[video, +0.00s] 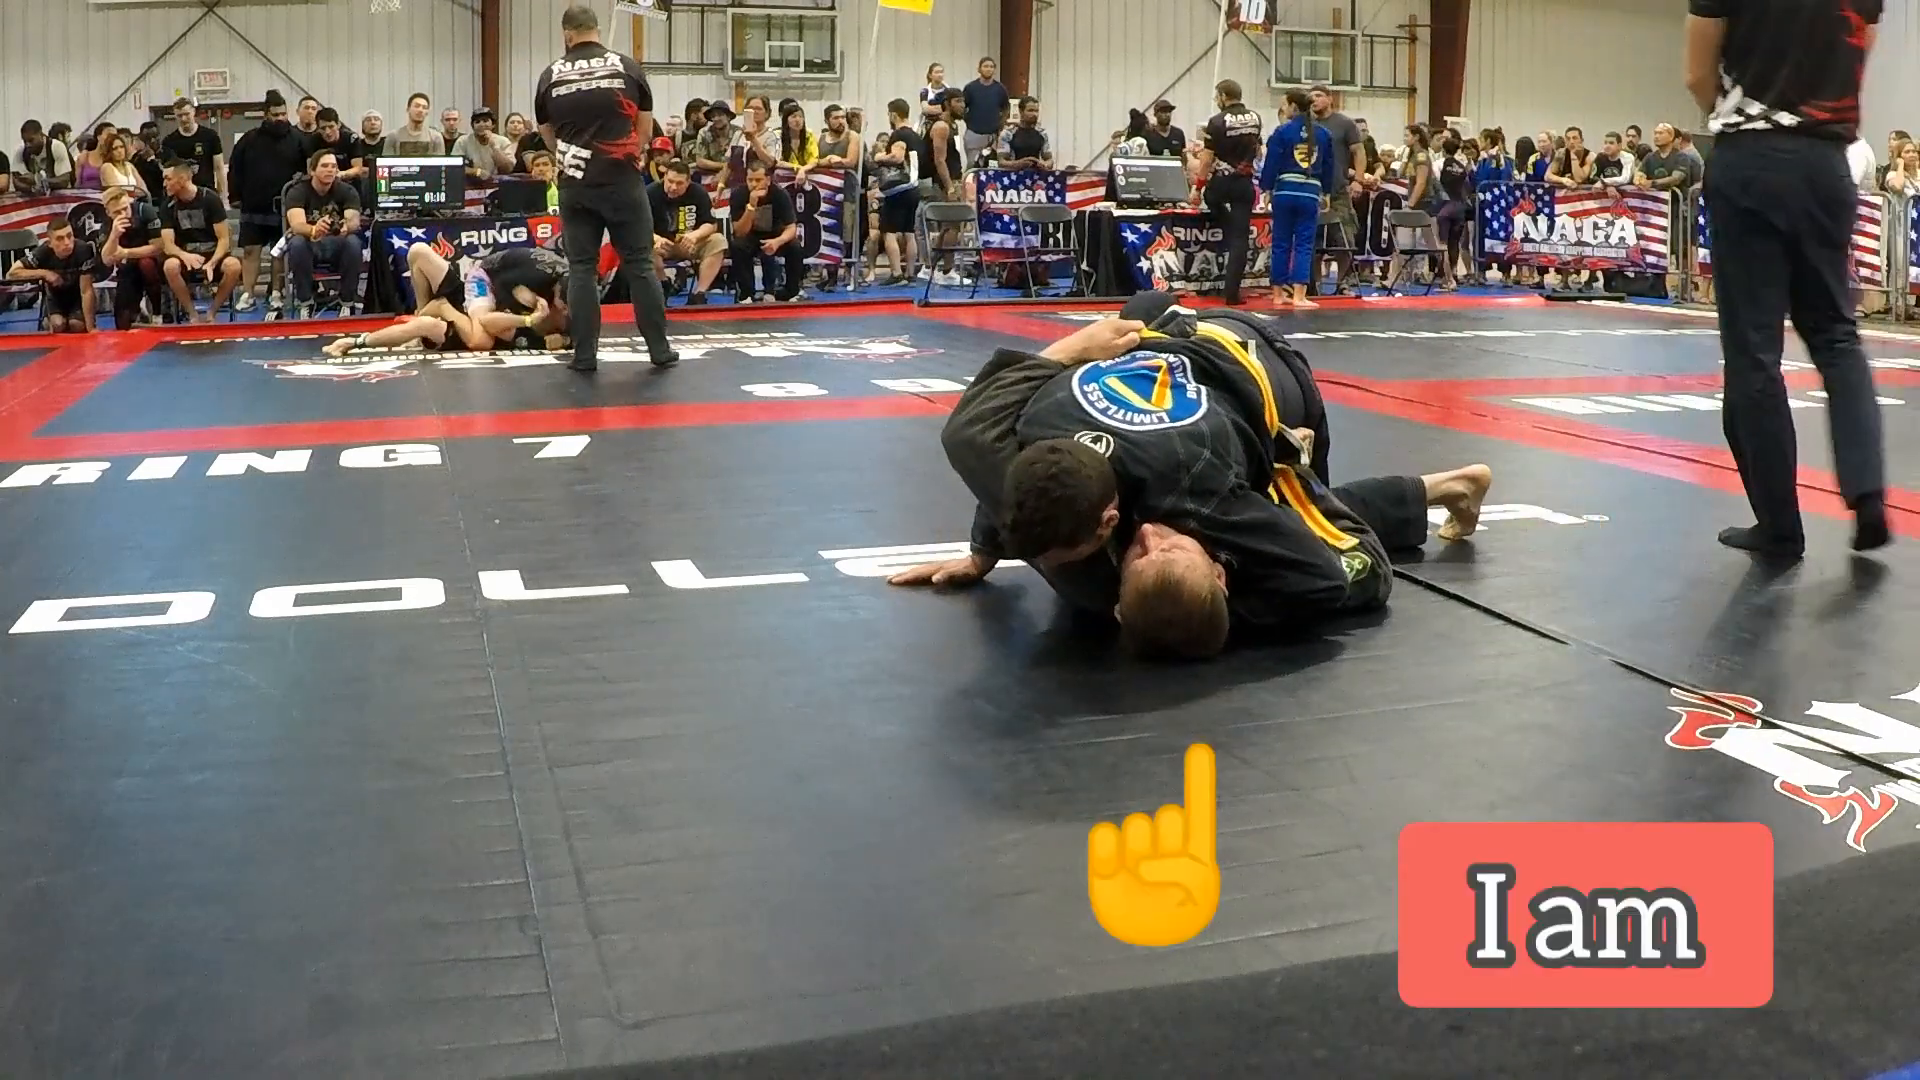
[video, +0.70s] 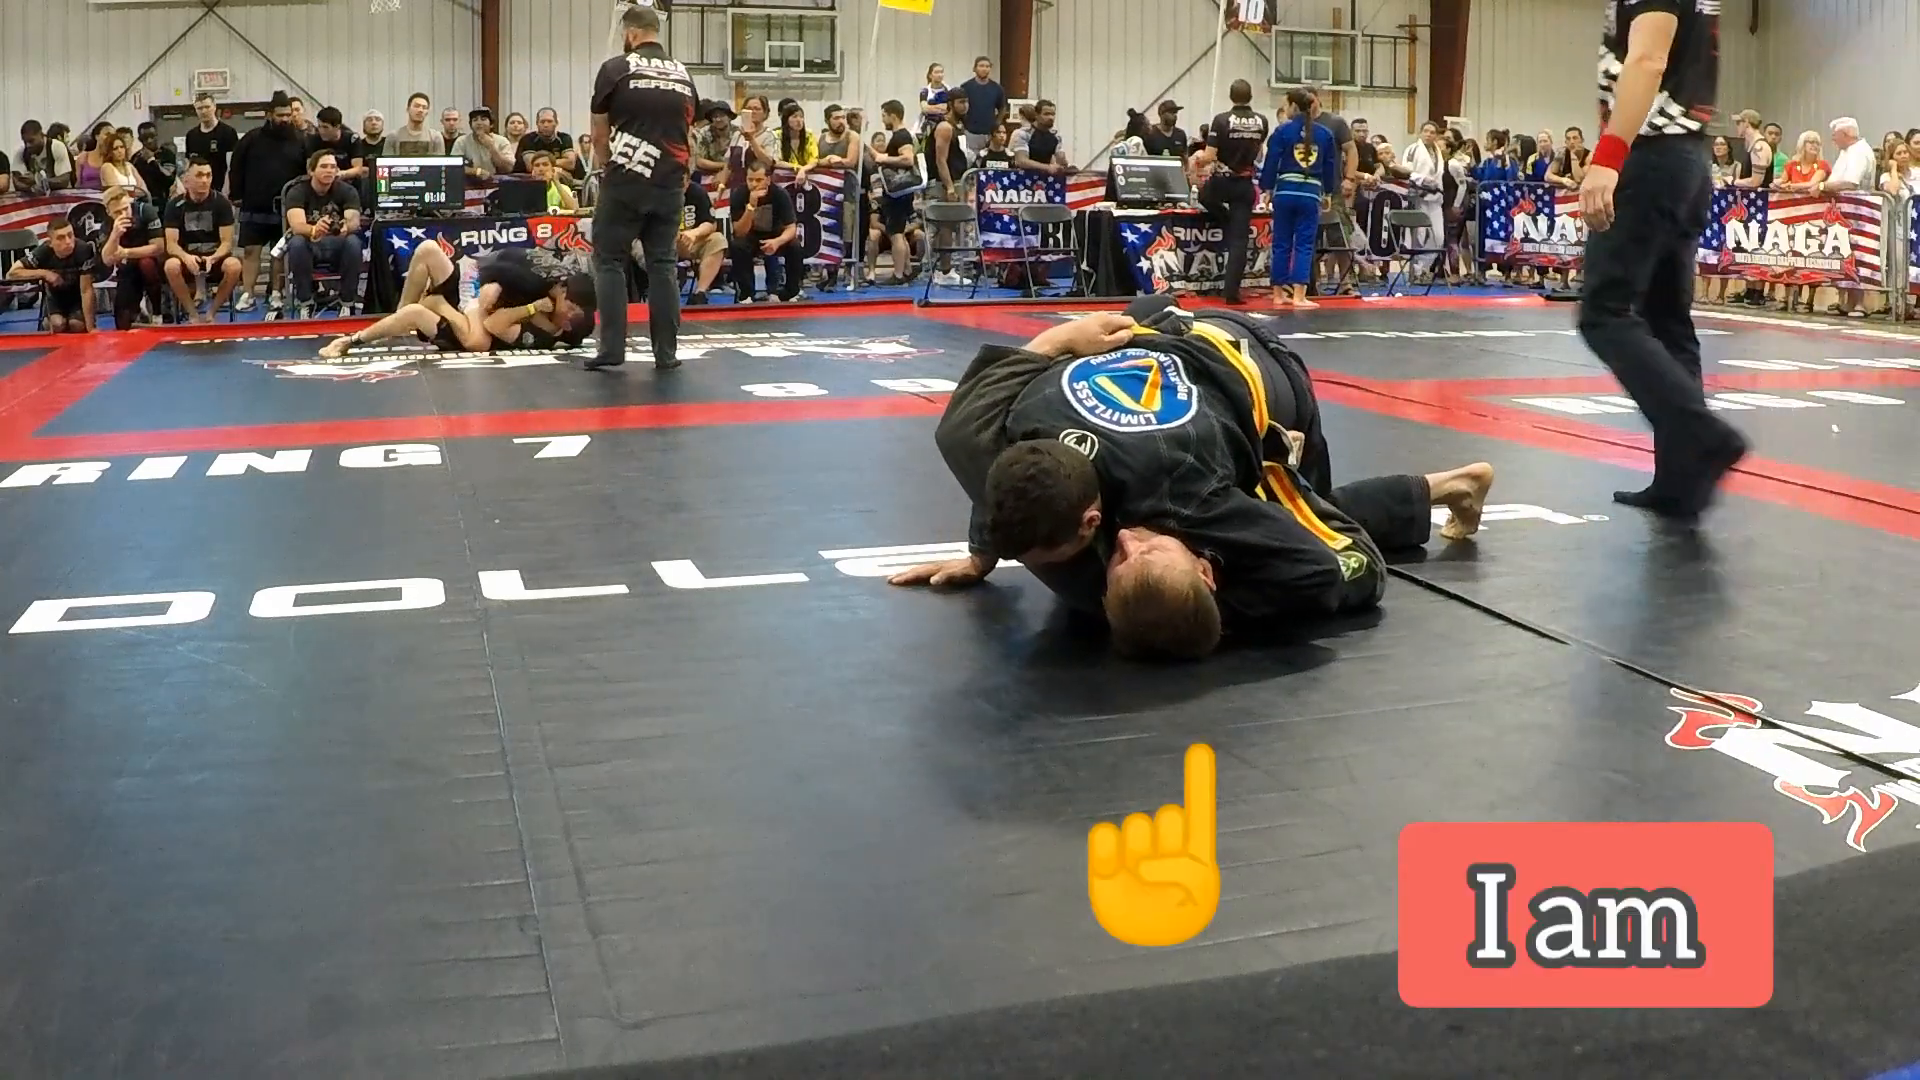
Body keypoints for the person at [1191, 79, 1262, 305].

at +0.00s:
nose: (1216, 99)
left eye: (1217, 96)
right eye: (1217, 96)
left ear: (1222, 97)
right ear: (1239, 96)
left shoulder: (1216, 122)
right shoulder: (1255, 118)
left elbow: (1208, 159)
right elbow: (1256, 149)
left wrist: (1198, 186)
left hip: (1220, 179)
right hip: (1245, 181)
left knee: (1212, 200)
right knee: (1239, 238)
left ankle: (1231, 228)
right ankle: (1232, 293)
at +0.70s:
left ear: (1230, 97)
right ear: (1250, 97)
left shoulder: (1221, 120)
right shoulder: (1261, 121)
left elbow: (1210, 155)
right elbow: (1259, 152)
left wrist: (1198, 159)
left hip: (1222, 179)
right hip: (1245, 183)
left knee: (1205, 197)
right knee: (1239, 239)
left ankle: (1228, 222)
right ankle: (1231, 292)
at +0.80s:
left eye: (1231, 95)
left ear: (1230, 97)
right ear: (1250, 97)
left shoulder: (1221, 120)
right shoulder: (1261, 120)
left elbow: (1209, 148)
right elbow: (1258, 147)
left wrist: (1206, 136)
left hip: (1224, 180)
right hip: (1247, 183)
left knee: (1206, 197)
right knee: (1240, 239)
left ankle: (1230, 223)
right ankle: (1232, 293)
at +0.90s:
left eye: (1232, 95)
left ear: (1231, 97)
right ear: (1250, 97)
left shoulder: (1220, 120)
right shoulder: (1262, 120)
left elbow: (1204, 148)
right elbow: (1259, 145)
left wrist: (1204, 135)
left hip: (1224, 180)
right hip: (1247, 183)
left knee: (1208, 197)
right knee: (1241, 239)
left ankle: (1230, 223)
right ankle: (1232, 293)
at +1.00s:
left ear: (1233, 96)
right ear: (1252, 97)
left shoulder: (1222, 117)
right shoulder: (1262, 120)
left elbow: (1207, 134)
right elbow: (1259, 141)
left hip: (1224, 179)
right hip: (1248, 182)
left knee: (1209, 197)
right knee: (1240, 239)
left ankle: (1230, 221)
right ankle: (1232, 293)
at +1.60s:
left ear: (1238, 98)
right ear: (1257, 99)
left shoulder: (1224, 118)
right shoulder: (1265, 126)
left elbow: (1216, 138)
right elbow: (1264, 148)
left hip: (1222, 178)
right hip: (1247, 183)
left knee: (1210, 198)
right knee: (1240, 239)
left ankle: (1232, 219)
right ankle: (1231, 292)